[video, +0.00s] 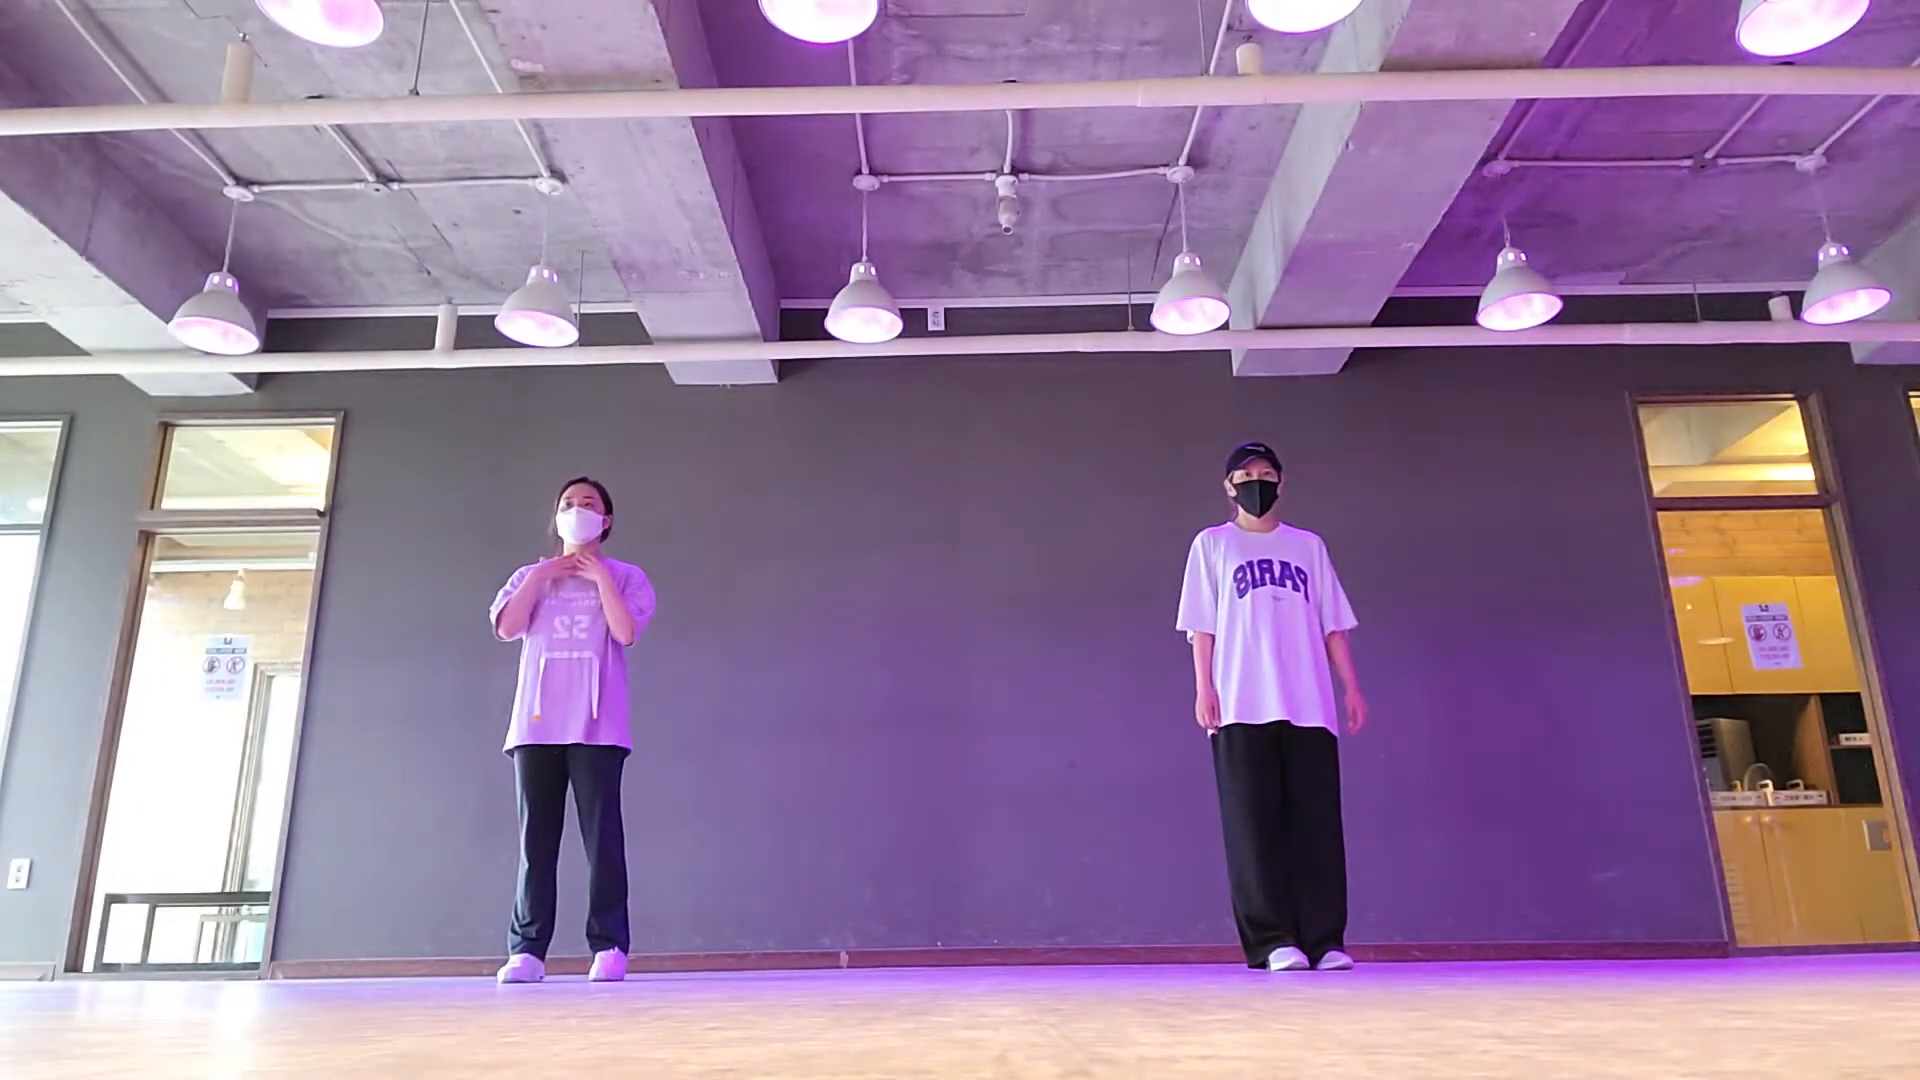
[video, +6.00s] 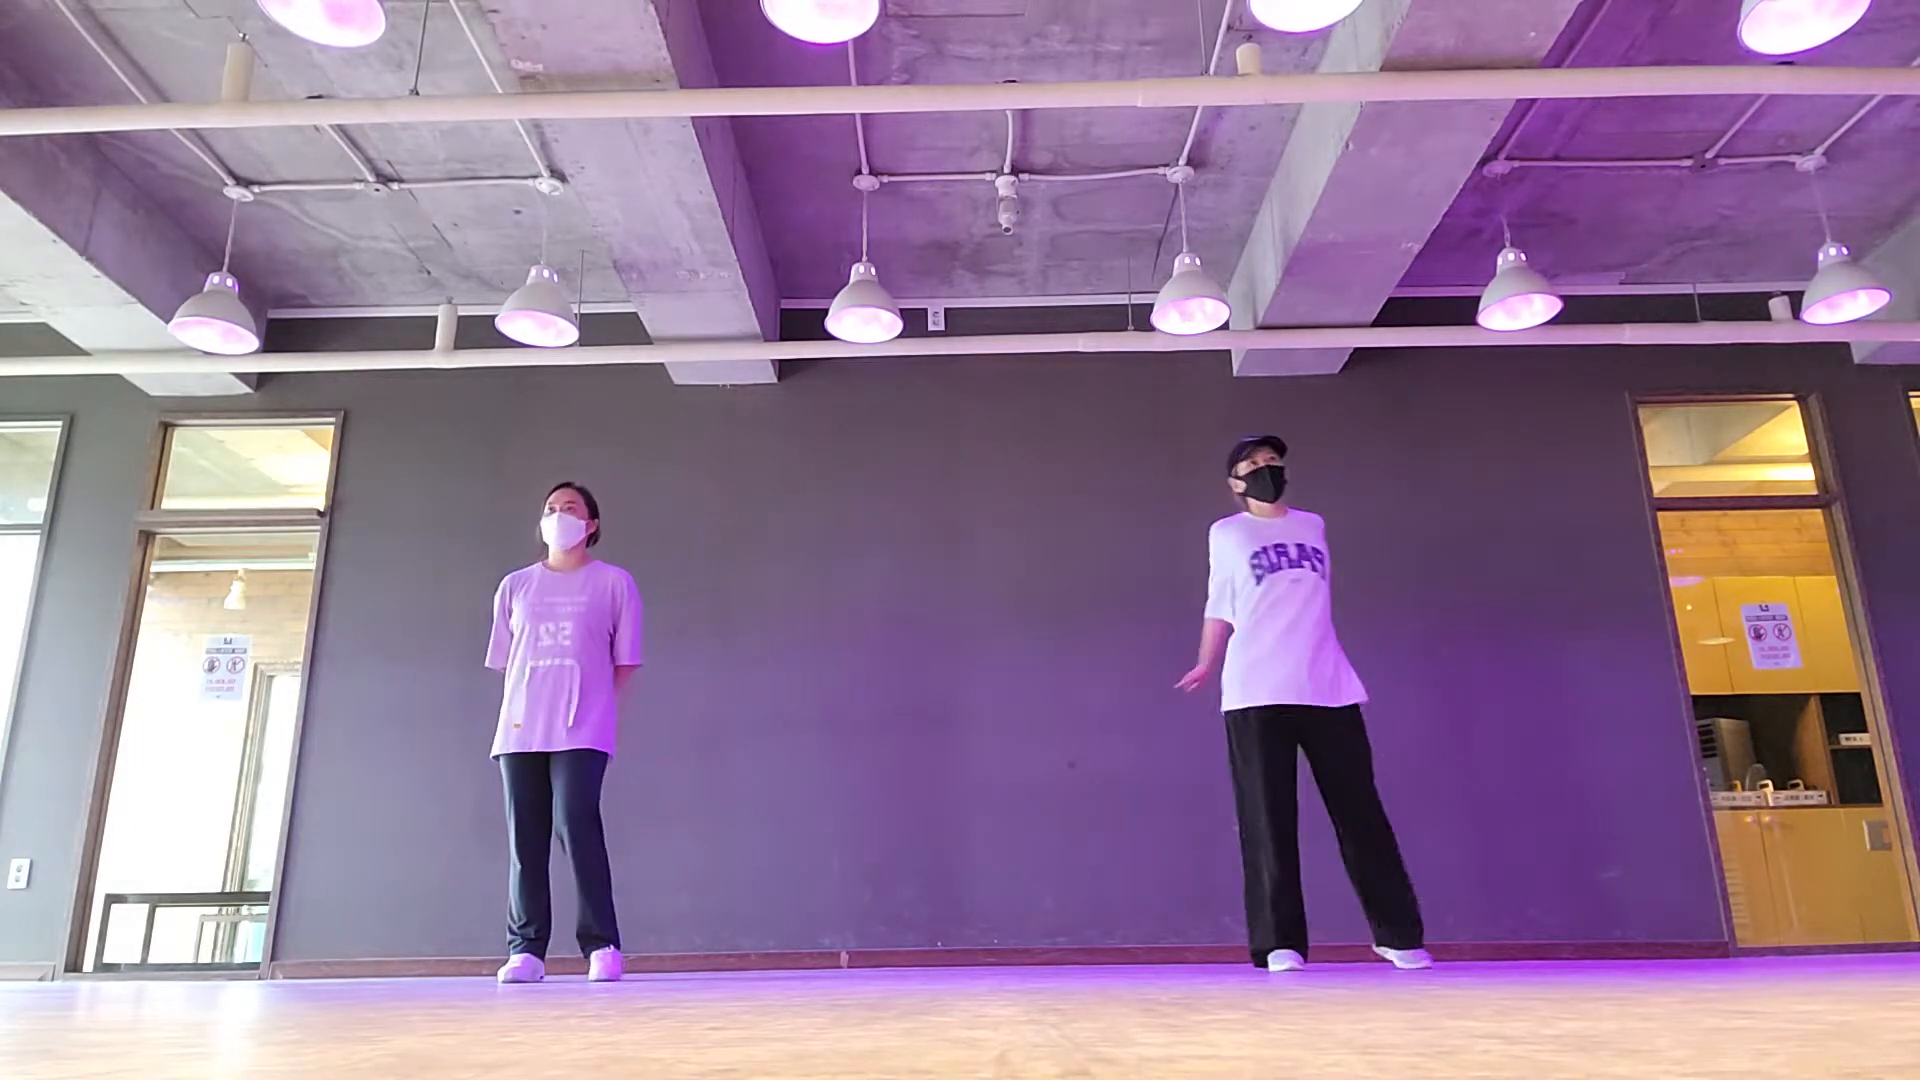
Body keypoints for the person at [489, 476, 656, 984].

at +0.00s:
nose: (577, 510)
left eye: (589, 504)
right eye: (568, 505)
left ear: (607, 521)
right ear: (555, 521)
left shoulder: (628, 578)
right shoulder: (531, 576)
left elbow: (626, 632)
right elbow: (506, 628)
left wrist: (600, 574)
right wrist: (542, 574)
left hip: (598, 726)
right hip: (535, 725)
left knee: (602, 840)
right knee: (536, 843)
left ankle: (609, 949)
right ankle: (526, 952)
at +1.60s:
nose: (593, 511)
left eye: (604, 505)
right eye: (584, 505)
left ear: (620, 522)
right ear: (570, 520)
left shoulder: (635, 576)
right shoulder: (543, 577)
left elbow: (670, 617)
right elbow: (490, 610)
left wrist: (663, 565)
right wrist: (516, 555)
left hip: (612, 721)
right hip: (548, 721)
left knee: (611, 837)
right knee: (543, 837)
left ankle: (610, 949)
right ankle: (527, 951)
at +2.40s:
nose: (573, 511)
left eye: (586, 503)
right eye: (569, 504)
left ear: (611, 519)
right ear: (562, 518)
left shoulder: (633, 574)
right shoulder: (543, 581)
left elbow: (676, 633)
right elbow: (499, 641)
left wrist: (657, 583)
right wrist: (478, 601)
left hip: (609, 723)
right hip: (547, 723)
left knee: (609, 839)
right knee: (542, 841)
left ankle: (610, 949)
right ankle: (527, 951)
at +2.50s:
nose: (573, 510)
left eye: (585, 503)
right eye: (569, 503)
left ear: (611, 518)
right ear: (561, 518)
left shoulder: (636, 576)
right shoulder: (540, 582)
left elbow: (674, 645)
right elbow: (518, 652)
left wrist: (639, 636)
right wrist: (494, 655)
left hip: (607, 725)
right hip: (546, 725)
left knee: (608, 840)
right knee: (541, 841)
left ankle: (610, 949)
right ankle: (527, 952)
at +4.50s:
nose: (556, 515)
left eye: (568, 508)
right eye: (553, 508)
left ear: (597, 518)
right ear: (547, 520)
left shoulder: (628, 572)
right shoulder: (535, 582)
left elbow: (654, 648)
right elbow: (538, 660)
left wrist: (650, 712)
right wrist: (534, 718)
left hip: (602, 721)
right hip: (542, 724)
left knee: (604, 838)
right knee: (538, 840)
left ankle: (609, 948)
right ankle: (527, 950)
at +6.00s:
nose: (560, 514)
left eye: (572, 509)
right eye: (552, 508)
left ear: (590, 528)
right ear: (540, 526)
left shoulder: (615, 583)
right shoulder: (514, 585)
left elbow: (627, 665)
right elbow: (509, 665)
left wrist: (590, 708)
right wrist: (541, 701)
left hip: (582, 725)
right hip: (520, 727)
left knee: (576, 825)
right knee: (524, 840)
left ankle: (602, 948)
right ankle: (525, 951)